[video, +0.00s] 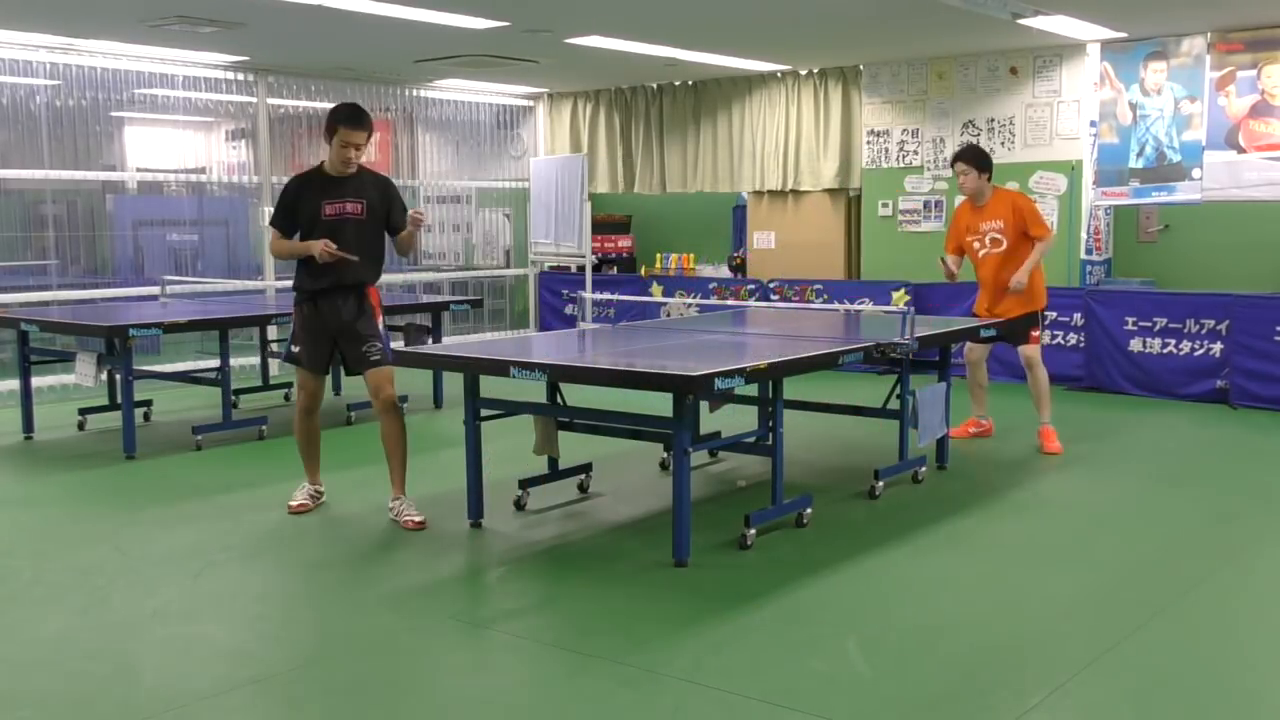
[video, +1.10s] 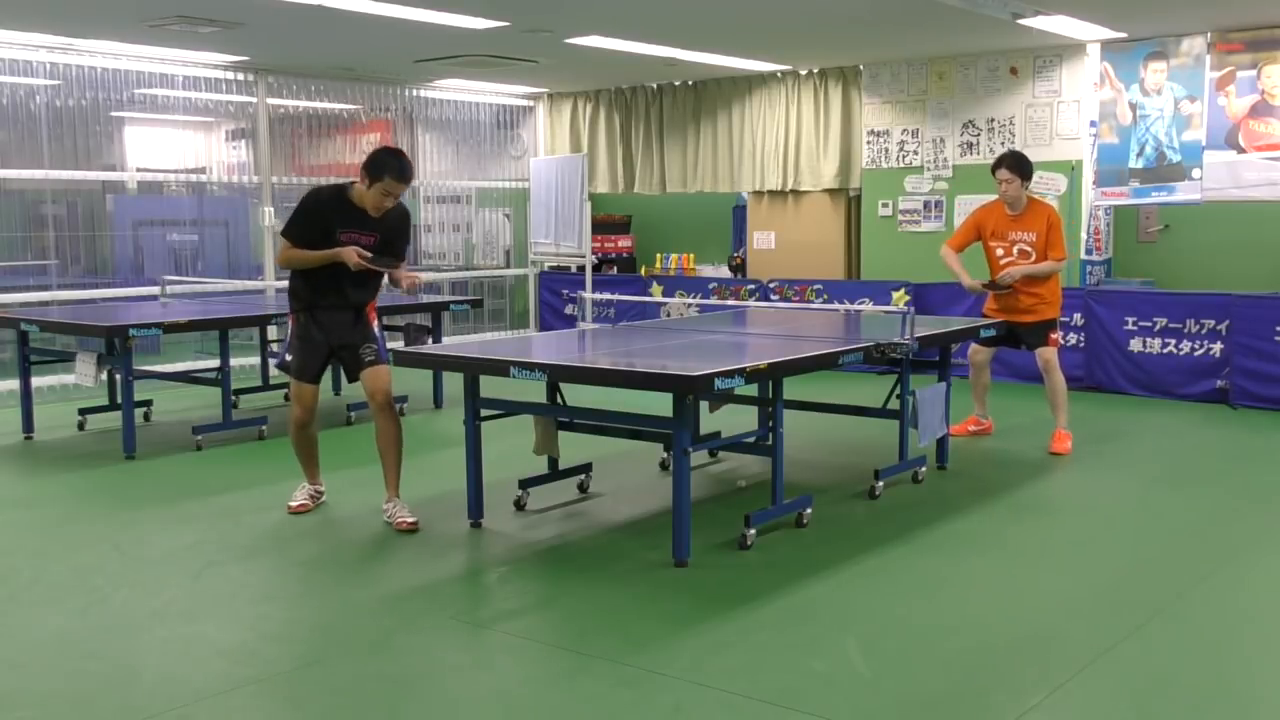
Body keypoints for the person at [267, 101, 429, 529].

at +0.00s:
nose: (354, 156)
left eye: (361, 148)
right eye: (347, 147)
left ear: (368, 146)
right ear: (328, 139)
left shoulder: (380, 187)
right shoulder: (299, 187)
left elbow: (405, 250)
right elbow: (277, 246)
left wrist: (411, 230)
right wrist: (308, 247)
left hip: (361, 303)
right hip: (313, 305)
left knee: (387, 398)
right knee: (306, 400)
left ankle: (399, 498)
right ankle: (312, 485)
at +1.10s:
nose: (390, 204)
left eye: (397, 197)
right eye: (385, 195)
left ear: (404, 191)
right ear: (364, 181)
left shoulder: (397, 218)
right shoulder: (321, 200)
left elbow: (392, 267)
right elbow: (284, 257)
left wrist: (401, 276)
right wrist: (338, 254)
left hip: (359, 316)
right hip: (310, 316)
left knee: (383, 397)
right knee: (301, 415)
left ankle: (393, 500)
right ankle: (313, 486)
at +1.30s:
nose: (423, 262)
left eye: (430, 256)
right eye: (419, 253)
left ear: (435, 248)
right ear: (397, 236)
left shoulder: (423, 262)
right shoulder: (352, 240)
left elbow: (414, 318)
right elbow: (326, 305)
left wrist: (433, 323)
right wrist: (387, 292)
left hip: (377, 338)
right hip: (328, 336)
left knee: (402, 413)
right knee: (298, 437)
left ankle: (394, 501)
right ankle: (314, 482)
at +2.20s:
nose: (410, 206)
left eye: (415, 198)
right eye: (402, 196)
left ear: (419, 200)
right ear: (378, 194)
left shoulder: (419, 232)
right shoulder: (344, 225)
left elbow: (436, 282)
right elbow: (340, 290)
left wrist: (453, 277)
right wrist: (391, 264)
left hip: (386, 338)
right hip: (337, 336)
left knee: (407, 421)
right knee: (287, 428)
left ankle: (394, 502)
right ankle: (277, 485)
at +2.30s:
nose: (386, 186)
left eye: (392, 178)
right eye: (379, 177)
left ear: (396, 181)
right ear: (355, 177)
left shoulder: (401, 213)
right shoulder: (327, 217)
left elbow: (435, 244)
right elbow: (318, 281)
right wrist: (364, 262)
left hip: (380, 332)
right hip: (332, 330)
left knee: (404, 419)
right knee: (287, 423)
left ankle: (394, 502)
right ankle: (276, 487)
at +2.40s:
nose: (364, 170)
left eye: (370, 163)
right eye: (356, 161)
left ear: (376, 170)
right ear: (334, 166)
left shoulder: (384, 203)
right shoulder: (310, 213)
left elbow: (422, 207)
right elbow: (295, 275)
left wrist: (425, 169)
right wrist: (324, 285)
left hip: (372, 324)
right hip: (325, 326)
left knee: (399, 414)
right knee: (285, 419)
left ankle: (394, 502)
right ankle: (275, 486)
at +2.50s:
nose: (344, 159)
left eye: (351, 152)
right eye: (335, 150)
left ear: (357, 160)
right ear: (316, 157)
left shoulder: (370, 196)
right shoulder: (295, 212)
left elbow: (412, 193)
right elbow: (283, 275)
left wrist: (420, 160)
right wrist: (288, 320)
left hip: (363, 320)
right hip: (314, 322)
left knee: (393, 410)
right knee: (282, 418)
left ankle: (394, 501)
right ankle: (274, 487)